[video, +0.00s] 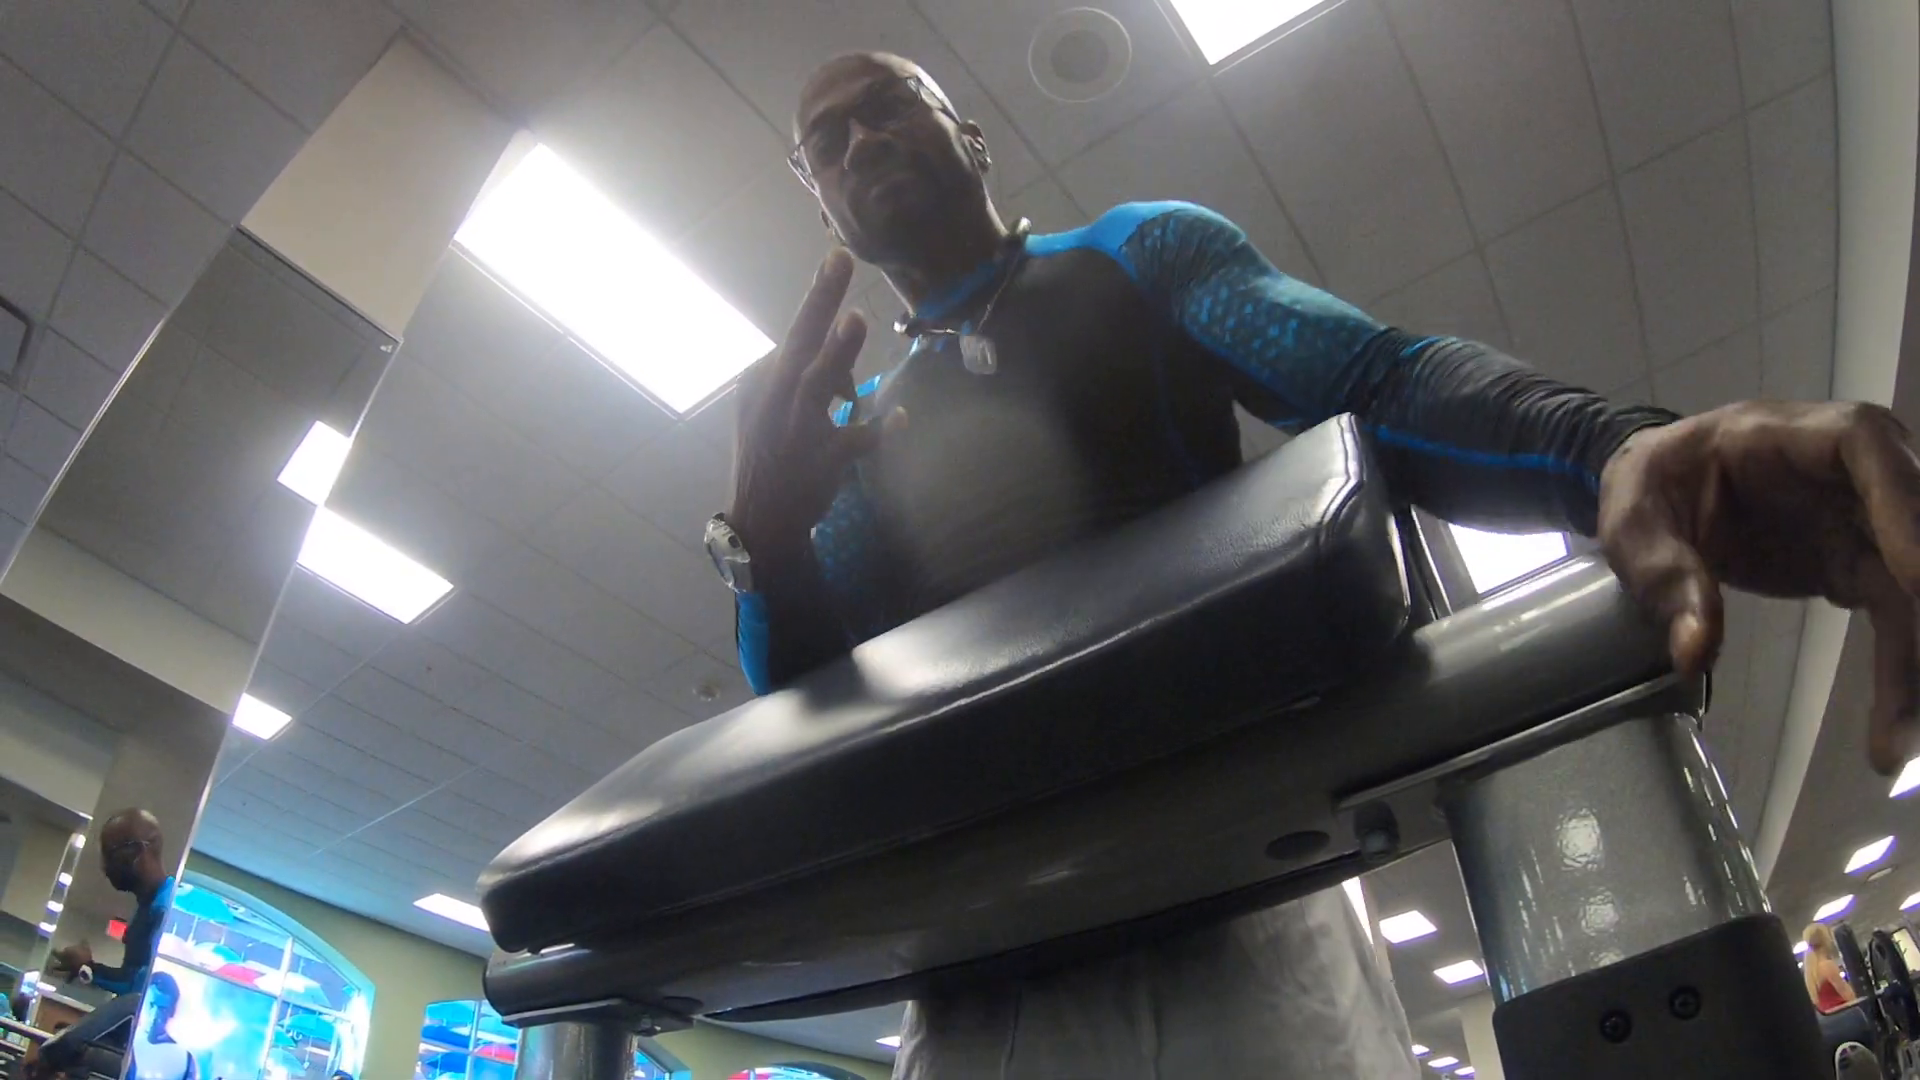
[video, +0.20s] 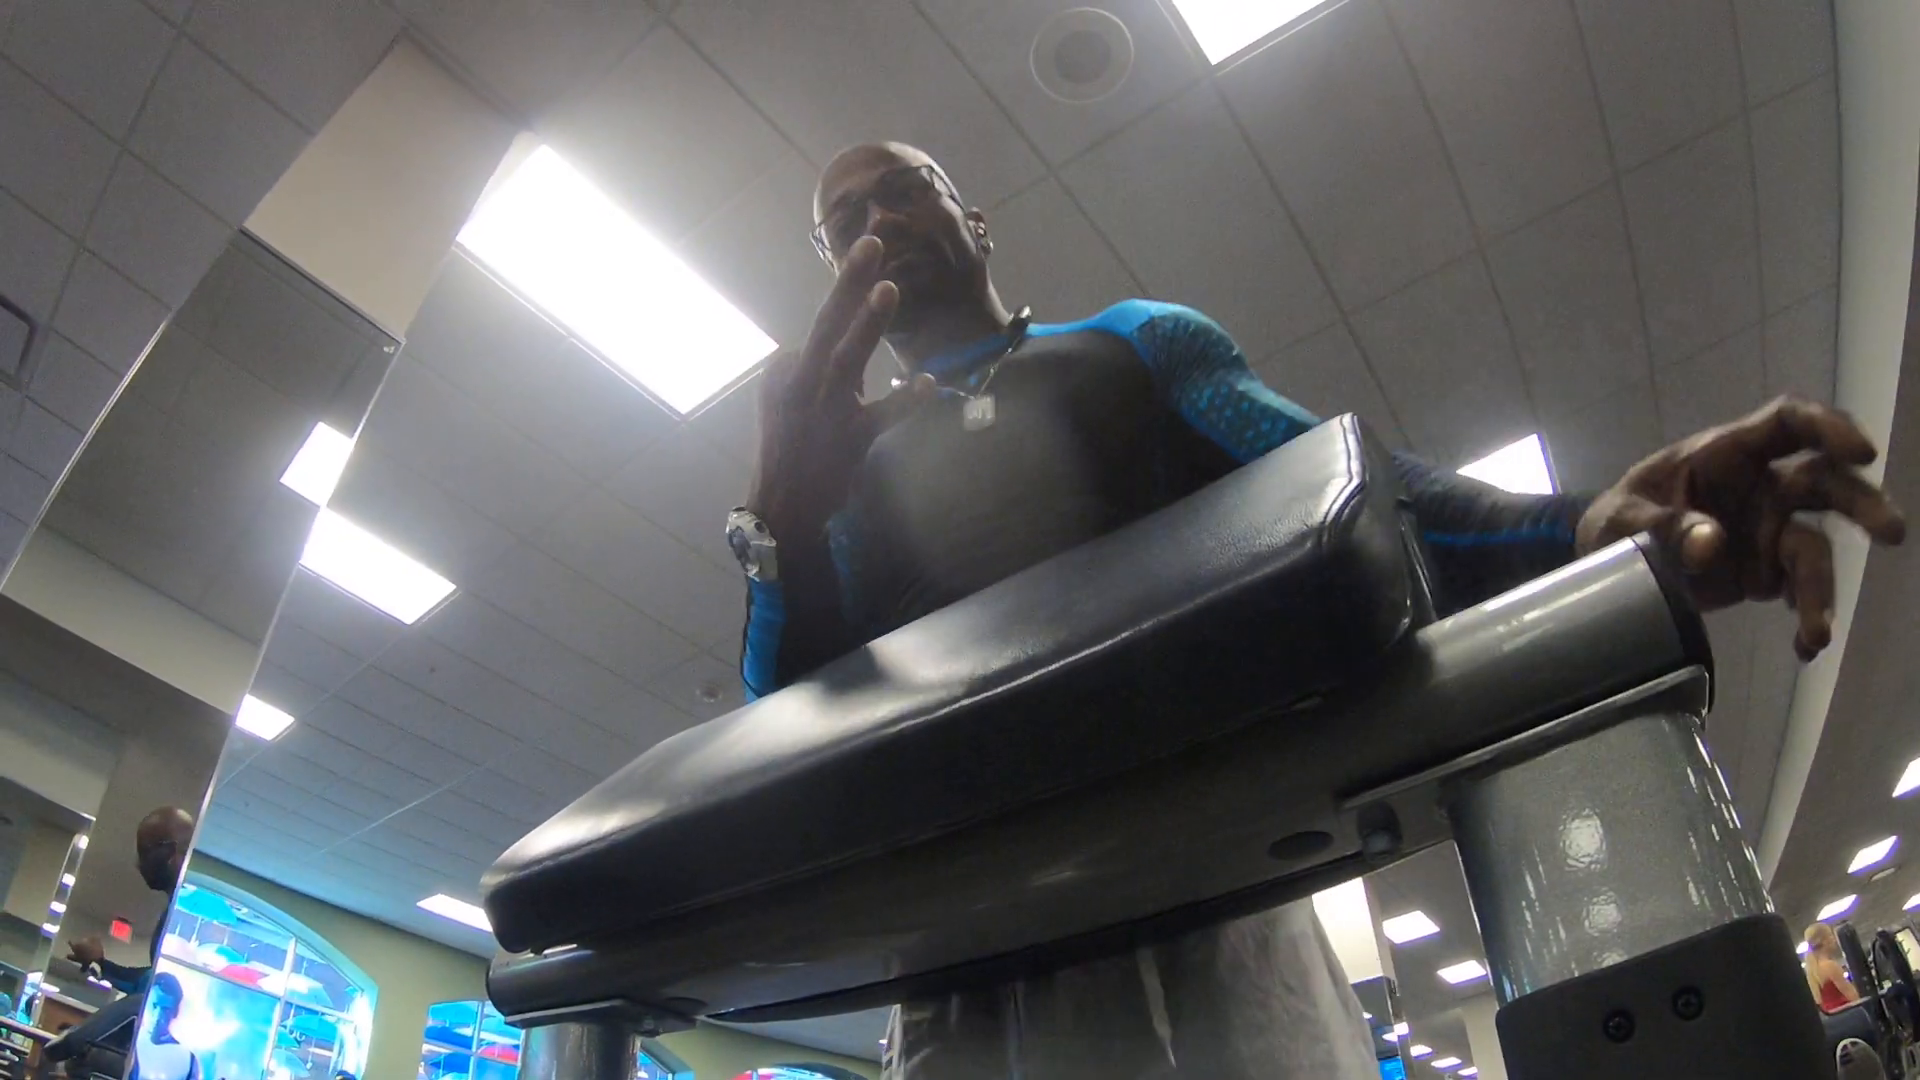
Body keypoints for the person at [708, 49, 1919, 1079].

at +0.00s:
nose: (860, 150)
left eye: (883, 115)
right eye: (827, 149)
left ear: (969, 139)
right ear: (825, 223)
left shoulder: (1135, 256)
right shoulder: (841, 439)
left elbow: (1374, 378)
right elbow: (811, 745)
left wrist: (1611, 457)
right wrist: (762, 538)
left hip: (1244, 837)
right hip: (993, 901)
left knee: (1340, 1067)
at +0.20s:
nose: (885, 224)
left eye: (903, 196)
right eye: (851, 223)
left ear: (978, 229)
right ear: (835, 286)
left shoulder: (1139, 349)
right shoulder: (830, 477)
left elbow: (1353, 512)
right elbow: (792, 762)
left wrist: (1589, 522)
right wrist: (788, 512)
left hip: (1235, 865)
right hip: (977, 921)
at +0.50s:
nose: (892, 305)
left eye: (909, 285)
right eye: (853, 303)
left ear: (957, 316)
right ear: (828, 372)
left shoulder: (1107, 465)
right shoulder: (818, 523)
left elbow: (1265, 675)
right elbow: (765, 723)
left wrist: (1419, 898)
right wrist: (845, 518)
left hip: (1167, 923)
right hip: (953, 959)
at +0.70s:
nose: (996, 322)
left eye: (998, 313)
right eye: (949, 306)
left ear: (1008, 362)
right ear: (870, 367)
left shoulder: (1101, 514)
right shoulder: (830, 522)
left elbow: (1199, 740)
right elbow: (760, 711)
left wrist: (1275, 997)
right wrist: (889, 570)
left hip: (1173, 950)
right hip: (968, 984)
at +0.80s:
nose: (1037, 351)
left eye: (1033, 338)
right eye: (1000, 330)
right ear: (909, 372)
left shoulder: (1090, 522)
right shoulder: (846, 521)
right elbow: (761, 693)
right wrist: (929, 567)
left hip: (1166, 936)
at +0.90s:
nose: (1075, 379)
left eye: (1070, 368)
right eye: (1040, 354)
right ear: (947, 380)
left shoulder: (1100, 543)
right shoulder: (872, 523)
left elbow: (1150, 804)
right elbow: (763, 692)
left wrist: (1238, 1017)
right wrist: (936, 572)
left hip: (1173, 960)